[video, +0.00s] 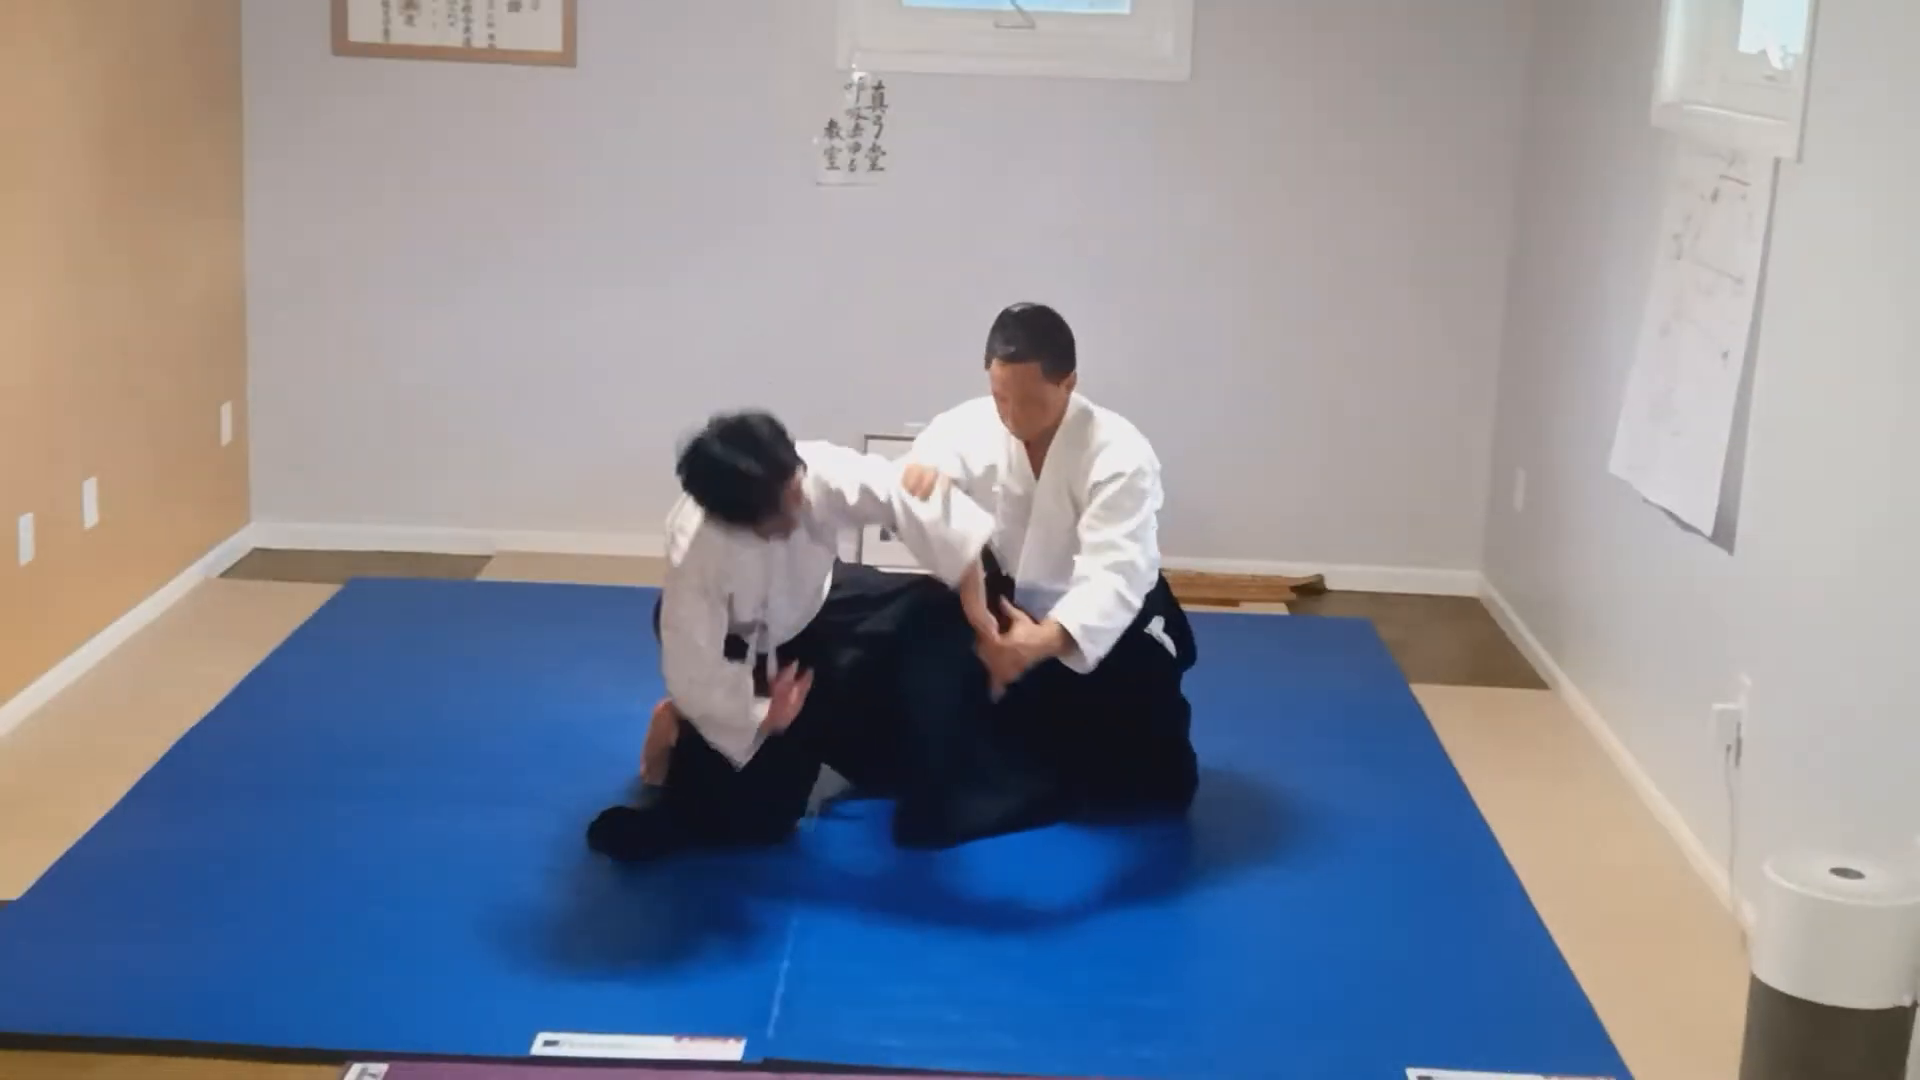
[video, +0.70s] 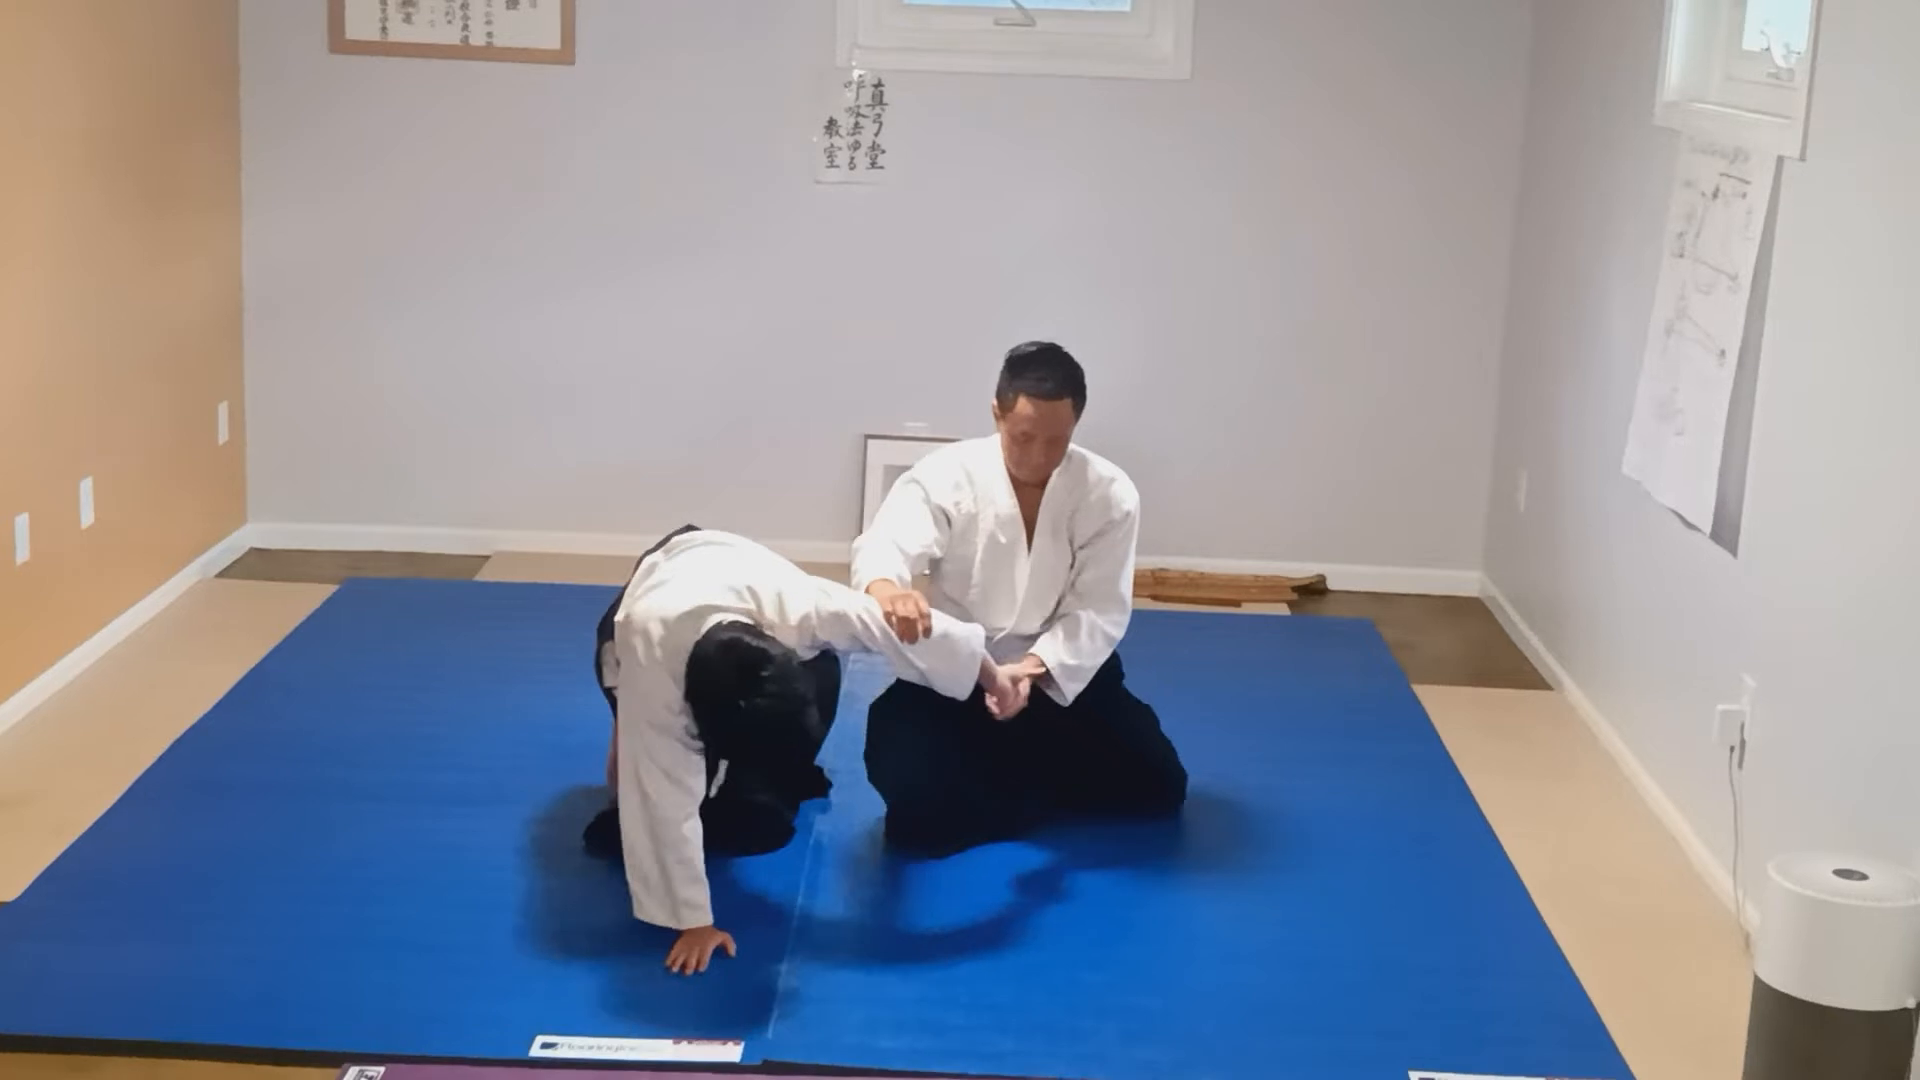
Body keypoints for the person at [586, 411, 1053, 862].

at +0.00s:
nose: (798, 505)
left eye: (795, 489)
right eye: (779, 506)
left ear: (795, 468)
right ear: (741, 517)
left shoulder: (817, 473)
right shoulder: (698, 553)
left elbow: (908, 497)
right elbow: (692, 674)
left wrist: (979, 609)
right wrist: (761, 721)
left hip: (800, 637)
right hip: (731, 665)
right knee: (760, 816)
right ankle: (675, 739)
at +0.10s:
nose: (794, 589)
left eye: (789, 581)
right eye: (773, 591)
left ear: (791, 548)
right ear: (727, 590)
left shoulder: (814, 527)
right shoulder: (685, 607)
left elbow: (922, 559)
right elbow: (694, 725)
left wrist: (1013, 658)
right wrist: (720, 846)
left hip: (777, 667)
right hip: (697, 677)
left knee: (776, 815)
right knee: (697, 822)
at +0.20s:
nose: (744, 708)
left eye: (761, 699)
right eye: (736, 697)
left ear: (798, 655)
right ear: (718, 658)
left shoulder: (822, 585)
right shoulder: (687, 652)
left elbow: (925, 598)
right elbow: (697, 778)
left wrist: (1021, 670)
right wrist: (697, 914)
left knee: (771, 821)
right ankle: (665, 742)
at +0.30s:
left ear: (813, 676)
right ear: (738, 713)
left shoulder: (826, 619)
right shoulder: (681, 657)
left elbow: (929, 626)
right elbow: (678, 781)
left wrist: (1020, 681)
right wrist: (694, 918)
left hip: (749, 557)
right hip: (662, 606)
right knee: (763, 823)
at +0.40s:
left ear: (814, 684)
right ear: (736, 715)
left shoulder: (828, 627)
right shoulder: (677, 663)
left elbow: (924, 637)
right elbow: (670, 786)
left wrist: (1012, 689)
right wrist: (696, 919)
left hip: (750, 563)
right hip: (661, 607)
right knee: (765, 825)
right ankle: (637, 833)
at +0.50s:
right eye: (786, 759)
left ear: (813, 681)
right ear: (737, 716)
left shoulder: (822, 623)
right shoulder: (679, 665)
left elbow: (912, 633)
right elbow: (675, 791)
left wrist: (1005, 685)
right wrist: (695, 918)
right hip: (667, 598)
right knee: (764, 828)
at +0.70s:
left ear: (793, 679)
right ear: (717, 719)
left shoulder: (790, 605)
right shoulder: (652, 661)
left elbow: (885, 626)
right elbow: (664, 793)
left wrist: (985, 669)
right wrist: (693, 921)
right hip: (643, 602)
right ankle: (634, 829)